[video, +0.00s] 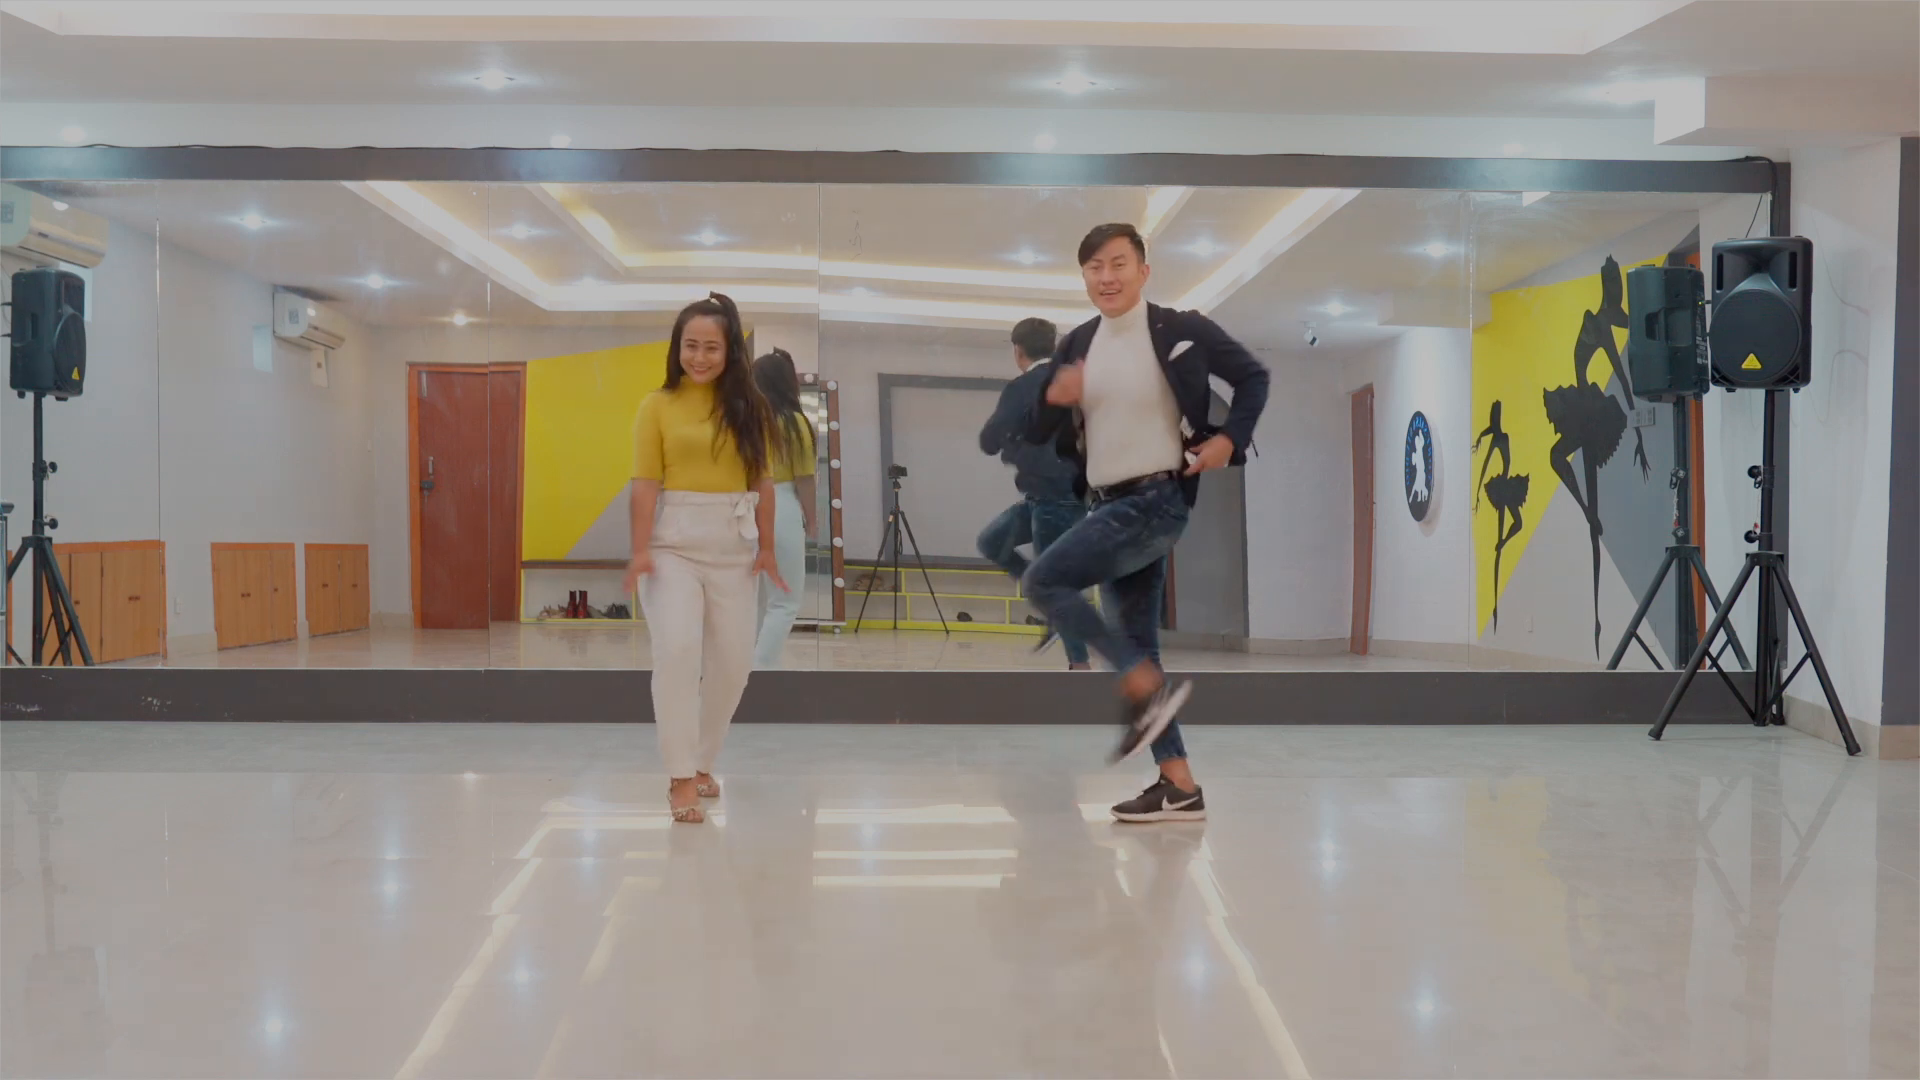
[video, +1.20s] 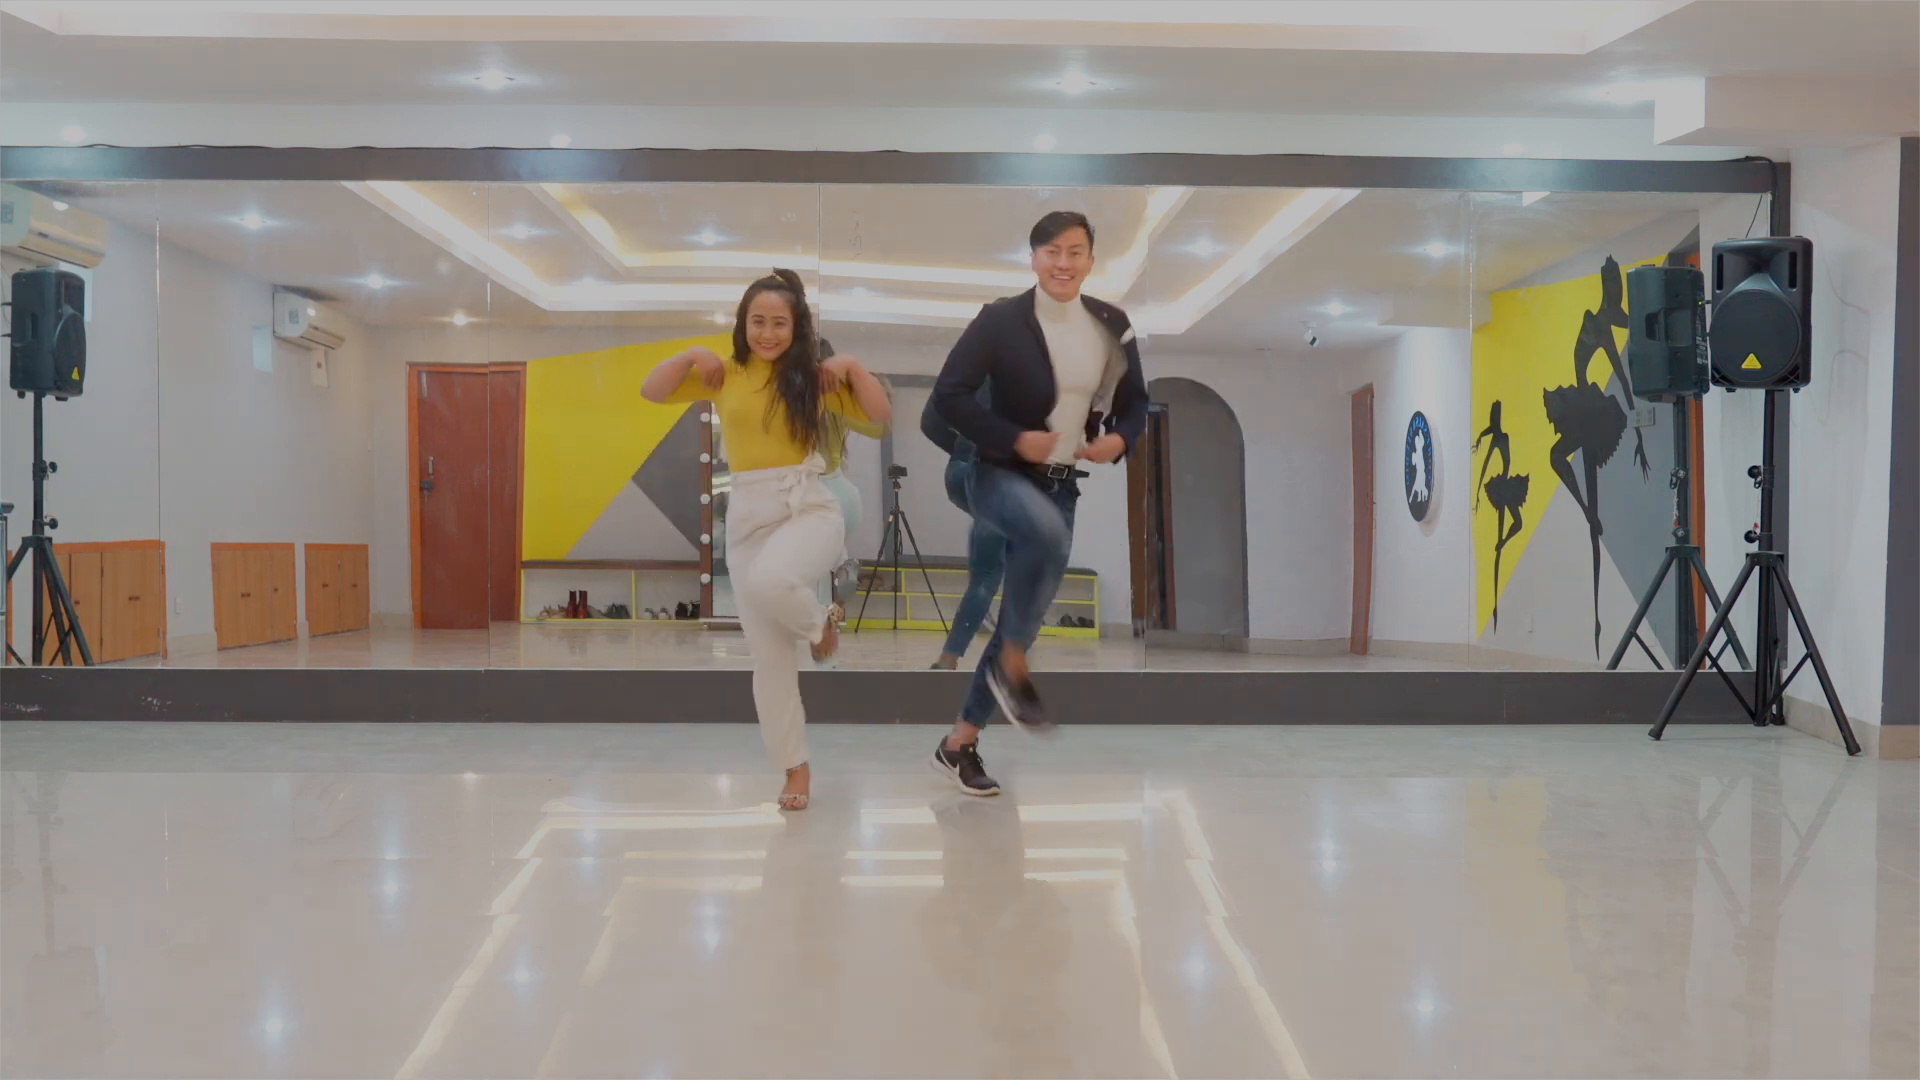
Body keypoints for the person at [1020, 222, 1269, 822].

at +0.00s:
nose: (1107, 276)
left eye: (1118, 264)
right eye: (1095, 267)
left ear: (1144, 270)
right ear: (1083, 277)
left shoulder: (1182, 329)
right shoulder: (1078, 343)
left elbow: (1253, 379)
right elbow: (1034, 427)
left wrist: (1229, 438)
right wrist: (1050, 396)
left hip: (1157, 497)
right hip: (1108, 503)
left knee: (1043, 582)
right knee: (1136, 650)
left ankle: (1144, 682)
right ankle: (1179, 783)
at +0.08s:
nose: (1102, 278)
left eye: (1115, 265)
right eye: (1091, 268)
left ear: (1141, 271)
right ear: (1080, 278)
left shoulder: (1179, 331)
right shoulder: (1068, 344)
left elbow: (1231, 395)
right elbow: (1015, 418)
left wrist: (1217, 427)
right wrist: (1053, 434)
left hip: (1152, 500)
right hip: (1103, 505)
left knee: (1048, 596)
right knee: (1131, 652)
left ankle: (1085, 735)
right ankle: (1178, 782)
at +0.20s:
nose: (1088, 280)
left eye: (1100, 268)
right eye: (1078, 270)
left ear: (1128, 274)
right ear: (1068, 281)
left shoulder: (1168, 342)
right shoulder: (1046, 348)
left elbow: (1216, 412)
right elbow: (978, 419)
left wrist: (1153, 444)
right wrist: (1012, 480)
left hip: (1145, 507)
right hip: (1083, 515)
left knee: (1098, 627)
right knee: (1099, 640)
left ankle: (1087, 762)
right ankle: (1171, 769)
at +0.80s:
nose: (1064, 301)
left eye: (1076, 290)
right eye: (1054, 290)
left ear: (1095, 297)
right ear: (1039, 296)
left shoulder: (1121, 361)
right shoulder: (1007, 364)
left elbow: (1158, 432)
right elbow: (942, 444)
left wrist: (1112, 462)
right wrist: (1002, 482)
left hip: (1085, 530)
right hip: (1022, 528)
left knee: (1043, 646)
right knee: (1033, 656)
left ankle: (1017, 751)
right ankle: (1111, 710)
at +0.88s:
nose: (1061, 283)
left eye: (1073, 273)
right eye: (1051, 272)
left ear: (1091, 280)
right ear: (1034, 278)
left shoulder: (1115, 341)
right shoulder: (1003, 339)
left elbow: (1143, 418)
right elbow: (939, 414)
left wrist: (1104, 468)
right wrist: (989, 467)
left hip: (1082, 507)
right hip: (1013, 504)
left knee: (1054, 635)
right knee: (995, 631)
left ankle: (1016, 749)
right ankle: (1051, 688)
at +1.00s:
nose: (1063, 257)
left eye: (1074, 247)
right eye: (1052, 246)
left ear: (1089, 257)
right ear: (1031, 253)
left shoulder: (1114, 325)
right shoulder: (997, 315)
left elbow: (1144, 396)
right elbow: (948, 387)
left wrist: (1114, 454)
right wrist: (996, 423)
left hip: (1068, 481)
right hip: (1002, 463)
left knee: (1042, 627)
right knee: (1034, 527)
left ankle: (989, 736)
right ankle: (992, 593)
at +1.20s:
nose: (1064, 263)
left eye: (1075, 252)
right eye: (1053, 251)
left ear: (1092, 261)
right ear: (1034, 259)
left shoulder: (1112, 328)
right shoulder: (1000, 322)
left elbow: (1135, 403)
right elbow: (950, 397)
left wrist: (1120, 437)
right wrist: (1015, 438)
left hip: (1058, 486)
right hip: (993, 470)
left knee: (1023, 616)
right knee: (1045, 535)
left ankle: (961, 741)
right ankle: (1012, 663)